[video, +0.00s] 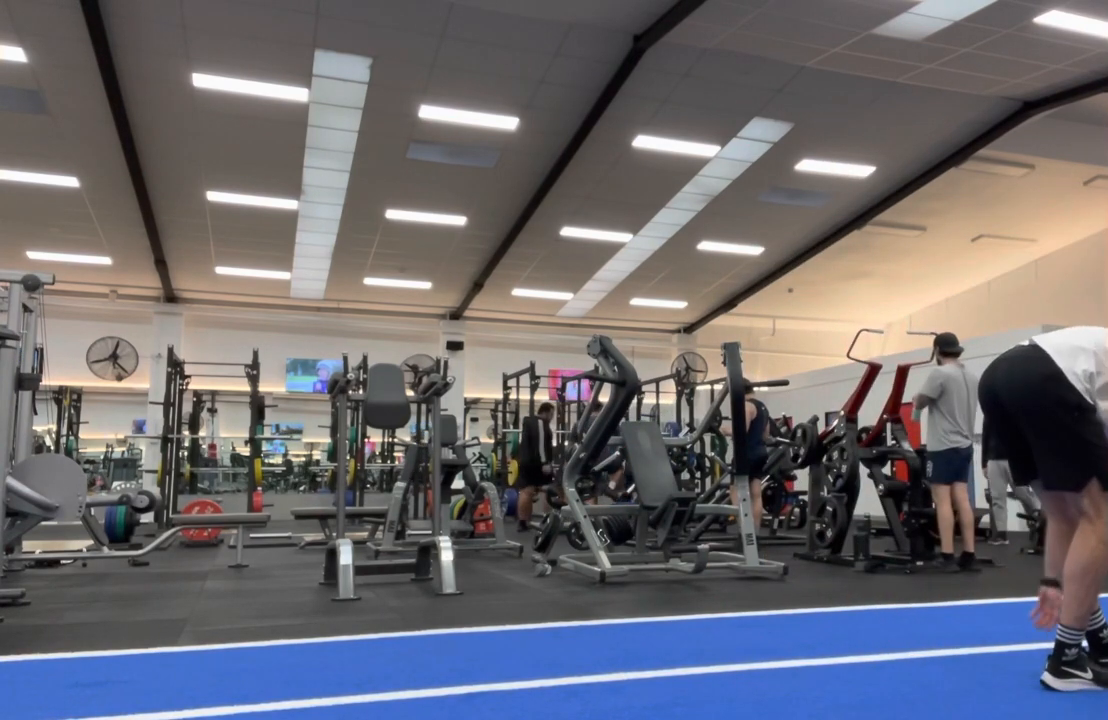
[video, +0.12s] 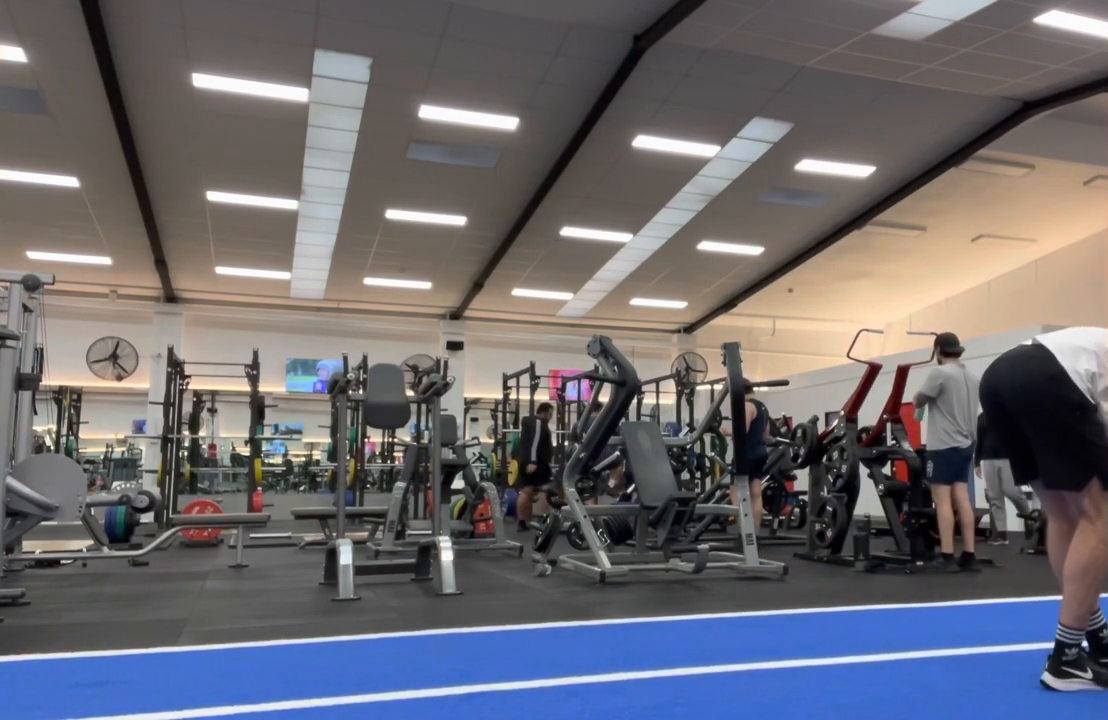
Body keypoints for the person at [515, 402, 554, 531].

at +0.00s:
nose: (552, 417)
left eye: (552, 414)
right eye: (551, 414)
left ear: (540, 412)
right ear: (546, 413)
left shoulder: (529, 421)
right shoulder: (540, 423)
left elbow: (525, 443)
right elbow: (541, 444)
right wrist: (545, 462)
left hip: (525, 461)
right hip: (534, 462)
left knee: (525, 491)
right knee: (528, 491)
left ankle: (523, 521)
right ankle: (523, 521)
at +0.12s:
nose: (551, 416)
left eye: (551, 414)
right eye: (550, 413)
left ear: (540, 412)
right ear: (545, 413)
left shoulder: (541, 425)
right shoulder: (537, 423)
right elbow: (534, 443)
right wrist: (532, 461)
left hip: (536, 464)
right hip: (534, 464)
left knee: (530, 492)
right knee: (526, 491)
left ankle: (525, 520)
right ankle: (522, 521)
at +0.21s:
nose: (551, 416)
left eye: (552, 414)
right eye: (551, 413)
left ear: (540, 412)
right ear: (545, 413)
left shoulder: (542, 425)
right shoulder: (536, 423)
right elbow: (529, 442)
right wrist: (527, 461)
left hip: (538, 464)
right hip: (535, 464)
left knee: (528, 491)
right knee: (525, 491)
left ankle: (524, 520)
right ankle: (521, 521)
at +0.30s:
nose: (553, 418)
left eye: (553, 415)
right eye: (552, 415)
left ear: (542, 412)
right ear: (547, 413)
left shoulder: (542, 425)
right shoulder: (538, 422)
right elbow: (530, 443)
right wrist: (526, 461)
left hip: (531, 464)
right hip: (538, 465)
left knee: (525, 491)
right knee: (540, 491)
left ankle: (521, 520)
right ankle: (540, 519)